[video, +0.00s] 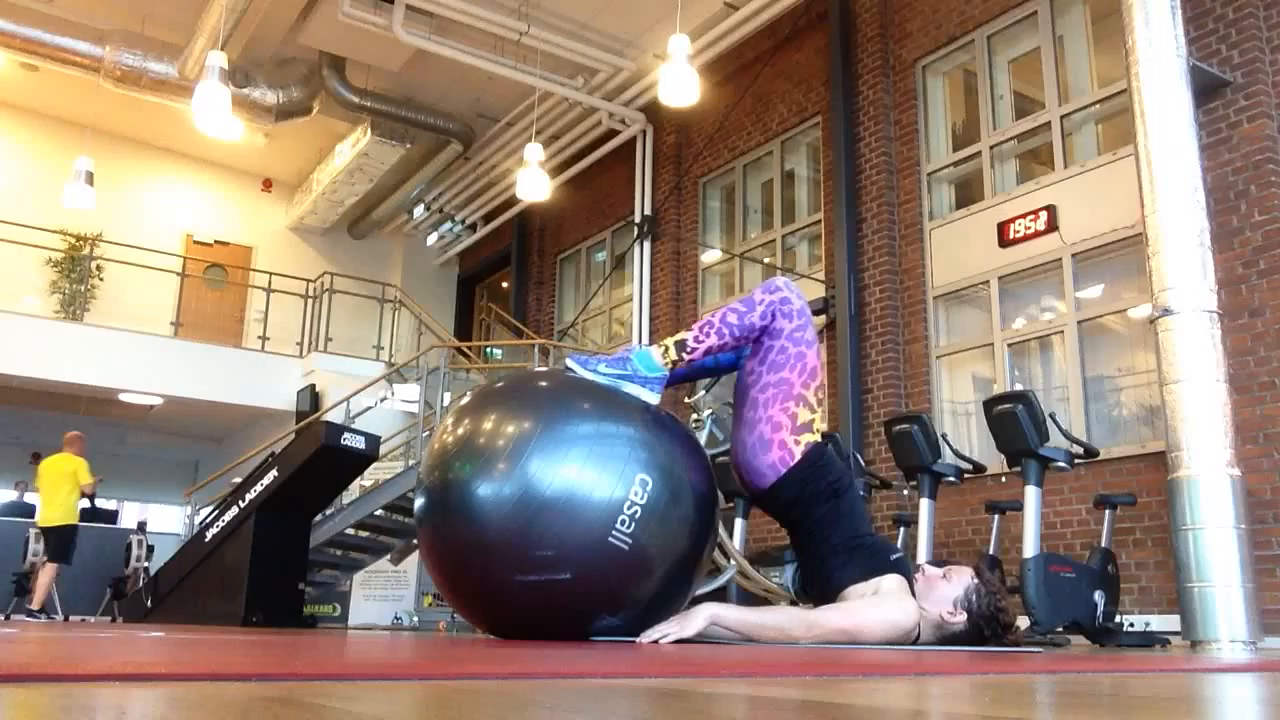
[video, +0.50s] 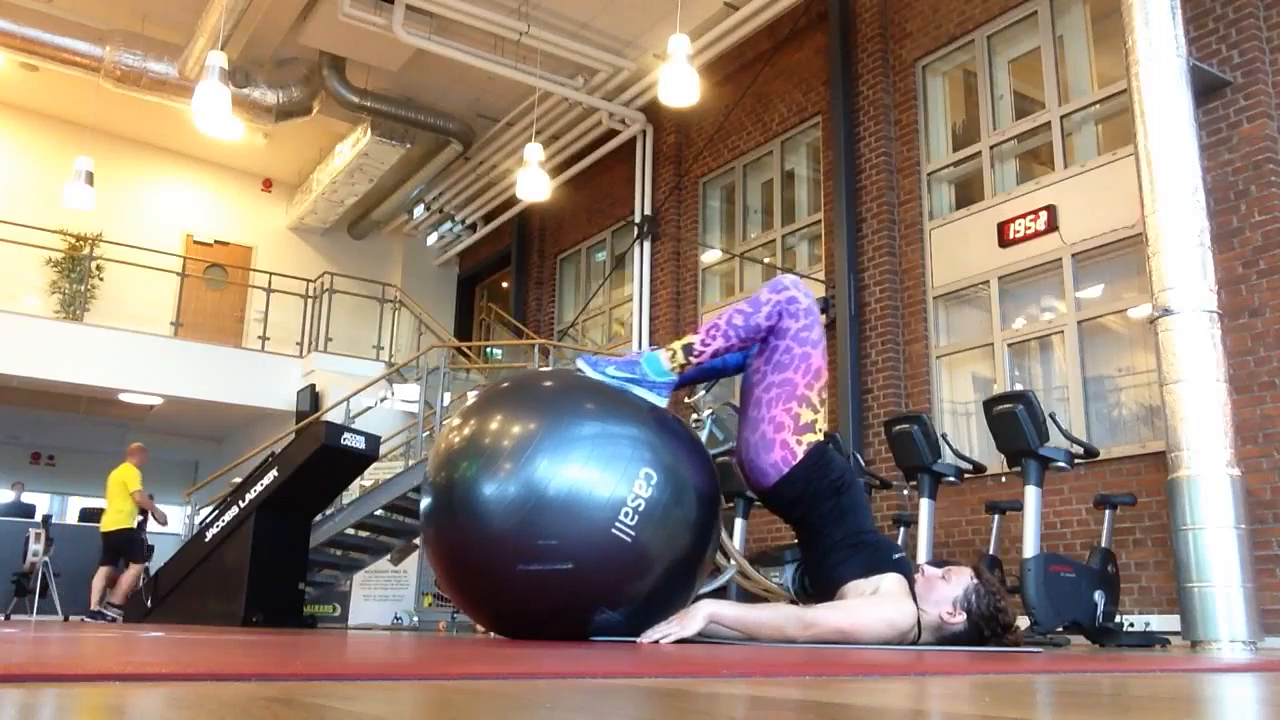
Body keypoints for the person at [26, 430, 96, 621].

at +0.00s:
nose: (83, 448)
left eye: (83, 445)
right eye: (82, 445)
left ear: (64, 445)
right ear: (78, 445)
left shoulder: (45, 462)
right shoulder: (79, 462)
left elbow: (39, 488)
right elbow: (87, 489)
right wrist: (94, 482)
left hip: (44, 518)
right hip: (65, 518)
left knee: (49, 562)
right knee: (53, 564)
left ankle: (36, 603)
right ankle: (35, 607)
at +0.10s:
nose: (96, 453)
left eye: (95, 449)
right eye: (94, 449)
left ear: (76, 448)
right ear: (89, 449)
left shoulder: (58, 466)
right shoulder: (90, 466)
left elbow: (53, 491)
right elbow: (102, 491)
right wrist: (106, 483)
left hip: (57, 520)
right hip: (75, 521)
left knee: (65, 566)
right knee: (57, 565)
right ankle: (35, 607)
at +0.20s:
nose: (106, 458)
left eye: (105, 455)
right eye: (105, 455)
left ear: (88, 453)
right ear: (100, 454)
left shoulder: (71, 472)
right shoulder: (100, 470)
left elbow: (68, 497)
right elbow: (113, 495)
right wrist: (123, 489)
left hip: (69, 526)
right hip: (87, 526)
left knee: (80, 569)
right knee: (67, 568)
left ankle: (87, 610)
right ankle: (39, 605)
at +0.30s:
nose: (118, 460)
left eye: (117, 457)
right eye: (117, 457)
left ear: (101, 455)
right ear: (113, 456)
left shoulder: (84, 474)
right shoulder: (111, 472)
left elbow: (85, 497)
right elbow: (123, 496)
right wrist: (136, 495)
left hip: (85, 525)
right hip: (100, 526)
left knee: (93, 571)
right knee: (92, 571)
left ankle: (92, 611)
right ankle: (53, 597)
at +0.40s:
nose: (131, 460)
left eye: (131, 457)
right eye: (131, 457)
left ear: (114, 454)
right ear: (126, 455)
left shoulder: (100, 473)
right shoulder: (121, 471)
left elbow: (100, 497)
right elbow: (132, 497)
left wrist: (127, 503)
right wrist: (151, 505)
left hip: (95, 525)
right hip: (112, 526)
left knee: (102, 569)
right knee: (119, 567)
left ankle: (93, 610)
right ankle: (79, 593)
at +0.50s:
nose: (145, 460)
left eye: (145, 456)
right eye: (144, 456)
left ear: (129, 454)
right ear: (138, 455)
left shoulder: (115, 472)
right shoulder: (131, 471)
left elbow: (116, 499)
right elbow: (139, 497)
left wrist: (141, 506)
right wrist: (154, 510)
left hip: (107, 525)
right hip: (123, 525)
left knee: (105, 567)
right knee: (136, 564)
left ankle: (94, 608)